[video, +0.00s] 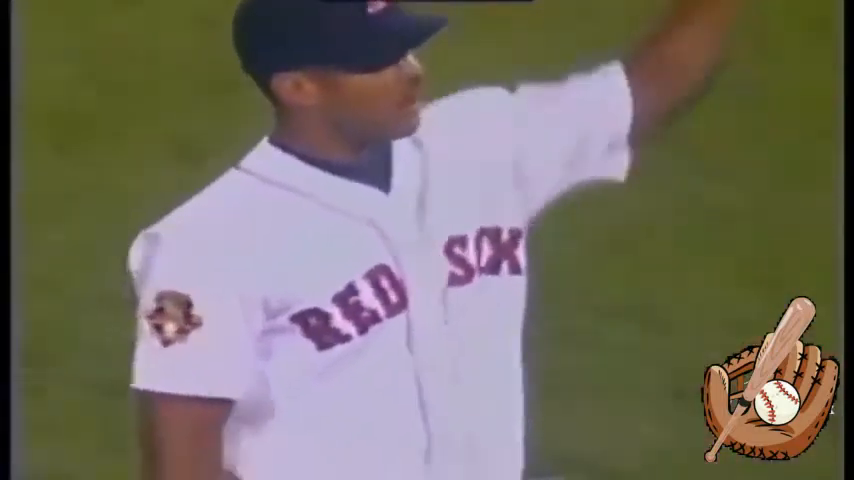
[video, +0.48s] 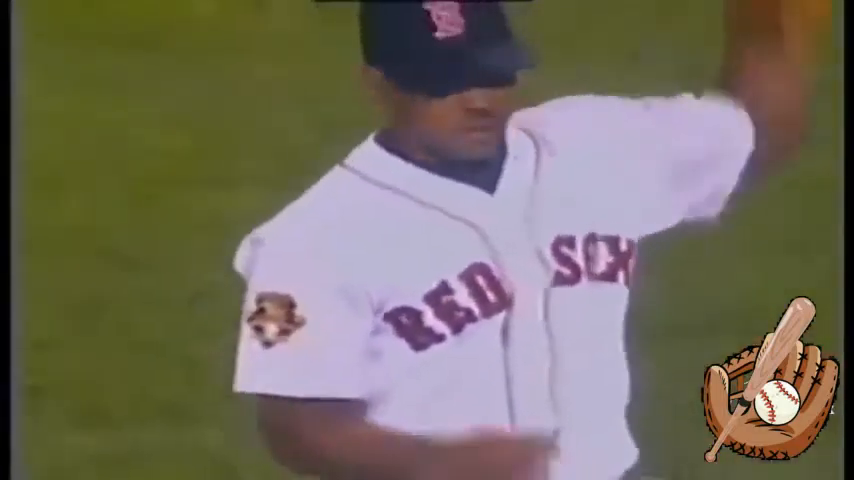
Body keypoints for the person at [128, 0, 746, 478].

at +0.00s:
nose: (414, 68)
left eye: (407, 47)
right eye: (382, 58)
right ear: (298, 88)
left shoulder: (486, 141)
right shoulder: (205, 244)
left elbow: (649, 86)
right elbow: (183, 460)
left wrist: (724, 0)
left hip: (494, 462)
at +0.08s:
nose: (443, 57)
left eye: (436, 35)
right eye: (410, 48)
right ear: (323, 79)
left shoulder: (506, 120)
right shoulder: (235, 240)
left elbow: (646, 24)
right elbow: (222, 460)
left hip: (502, 466)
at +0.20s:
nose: (487, 57)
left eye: (478, 35)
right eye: (454, 47)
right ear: (369, 76)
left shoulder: (547, 108)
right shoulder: (284, 242)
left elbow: (669, 6)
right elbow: (284, 446)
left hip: (541, 462)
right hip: (404, 464)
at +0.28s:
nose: (511, 68)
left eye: (507, 44)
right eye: (477, 58)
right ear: (390, 85)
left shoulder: (578, 122)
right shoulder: (302, 252)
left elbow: (721, 15)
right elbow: (315, 448)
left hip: (569, 466)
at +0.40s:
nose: (507, 95)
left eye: (508, 69)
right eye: (471, 82)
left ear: (522, 56)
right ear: (395, 93)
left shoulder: (601, 143)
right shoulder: (321, 249)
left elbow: (761, 61)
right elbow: (324, 442)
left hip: (605, 465)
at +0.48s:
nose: (480, 100)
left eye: (494, 74)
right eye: (446, 83)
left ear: (513, 64)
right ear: (379, 83)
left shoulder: (596, 147)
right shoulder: (313, 239)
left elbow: (768, 129)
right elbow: (300, 433)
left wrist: (767, 17)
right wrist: (457, 463)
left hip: (609, 471)